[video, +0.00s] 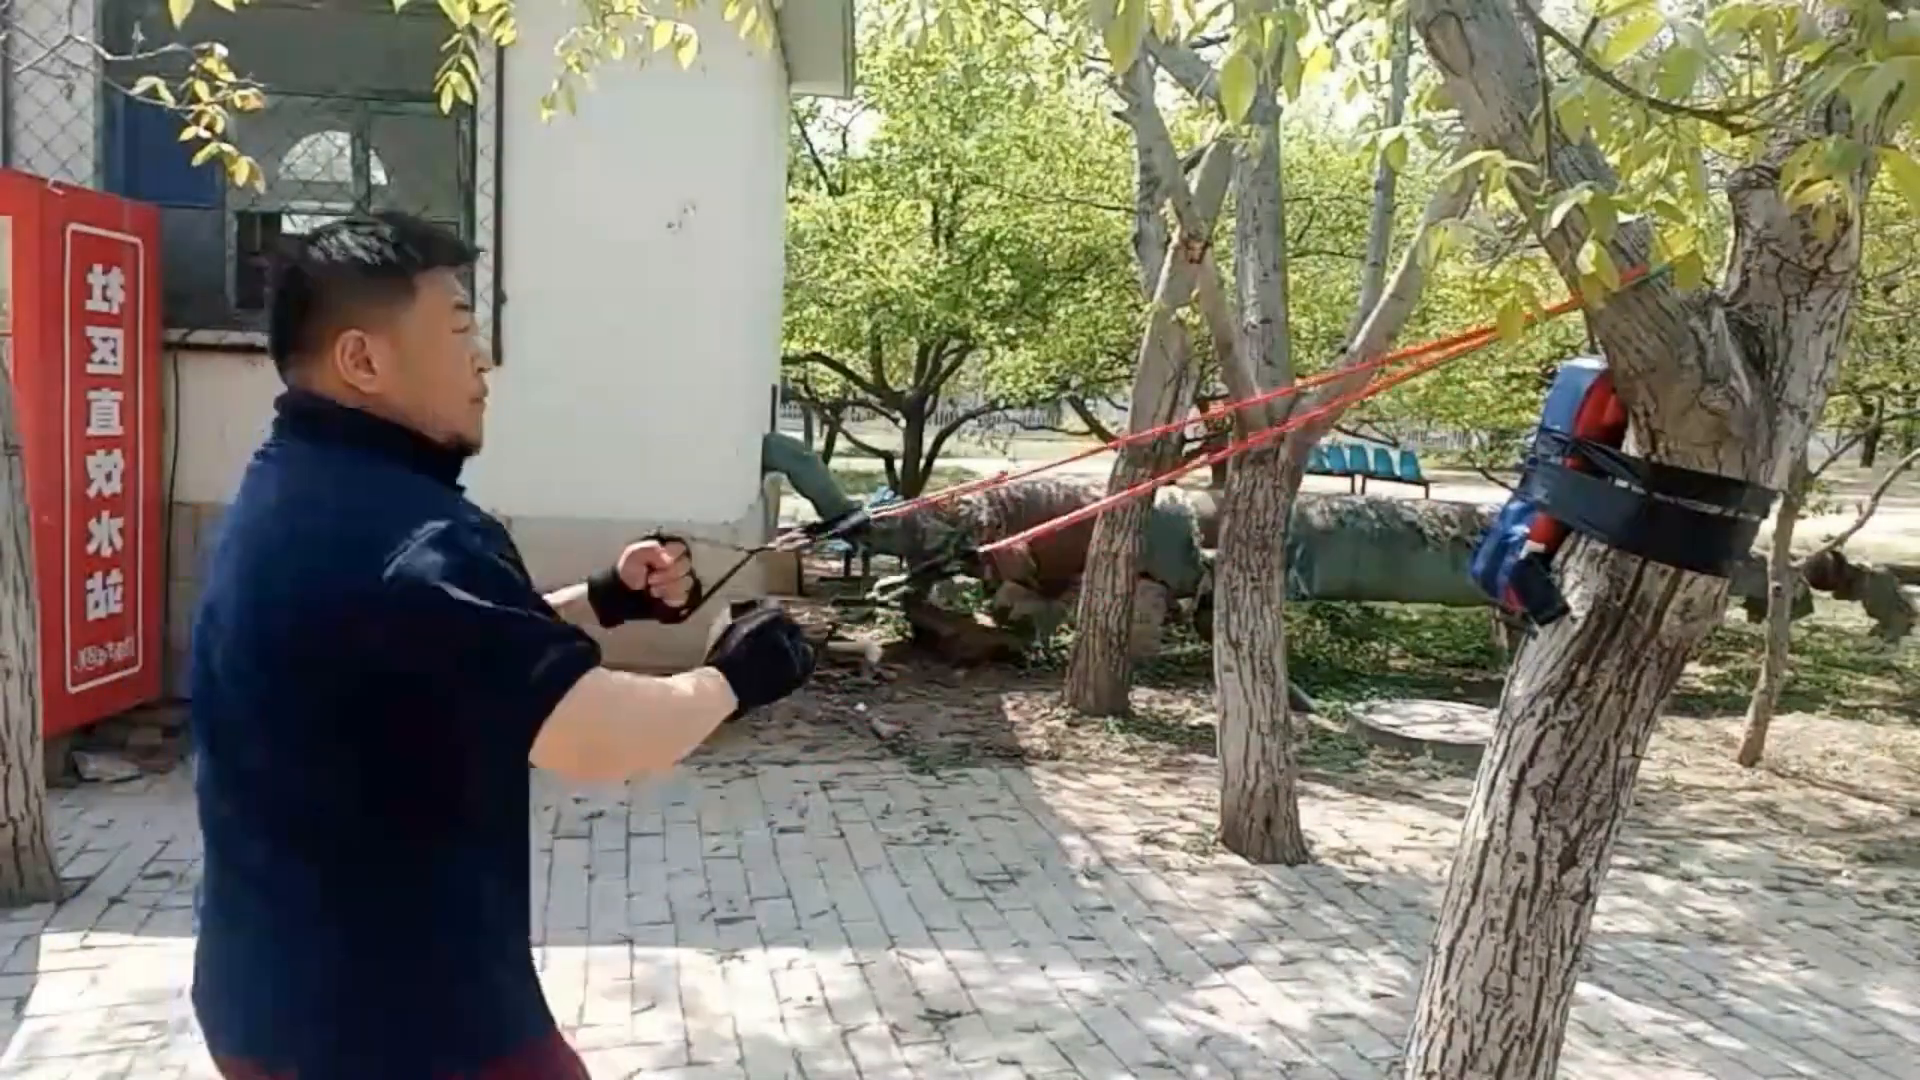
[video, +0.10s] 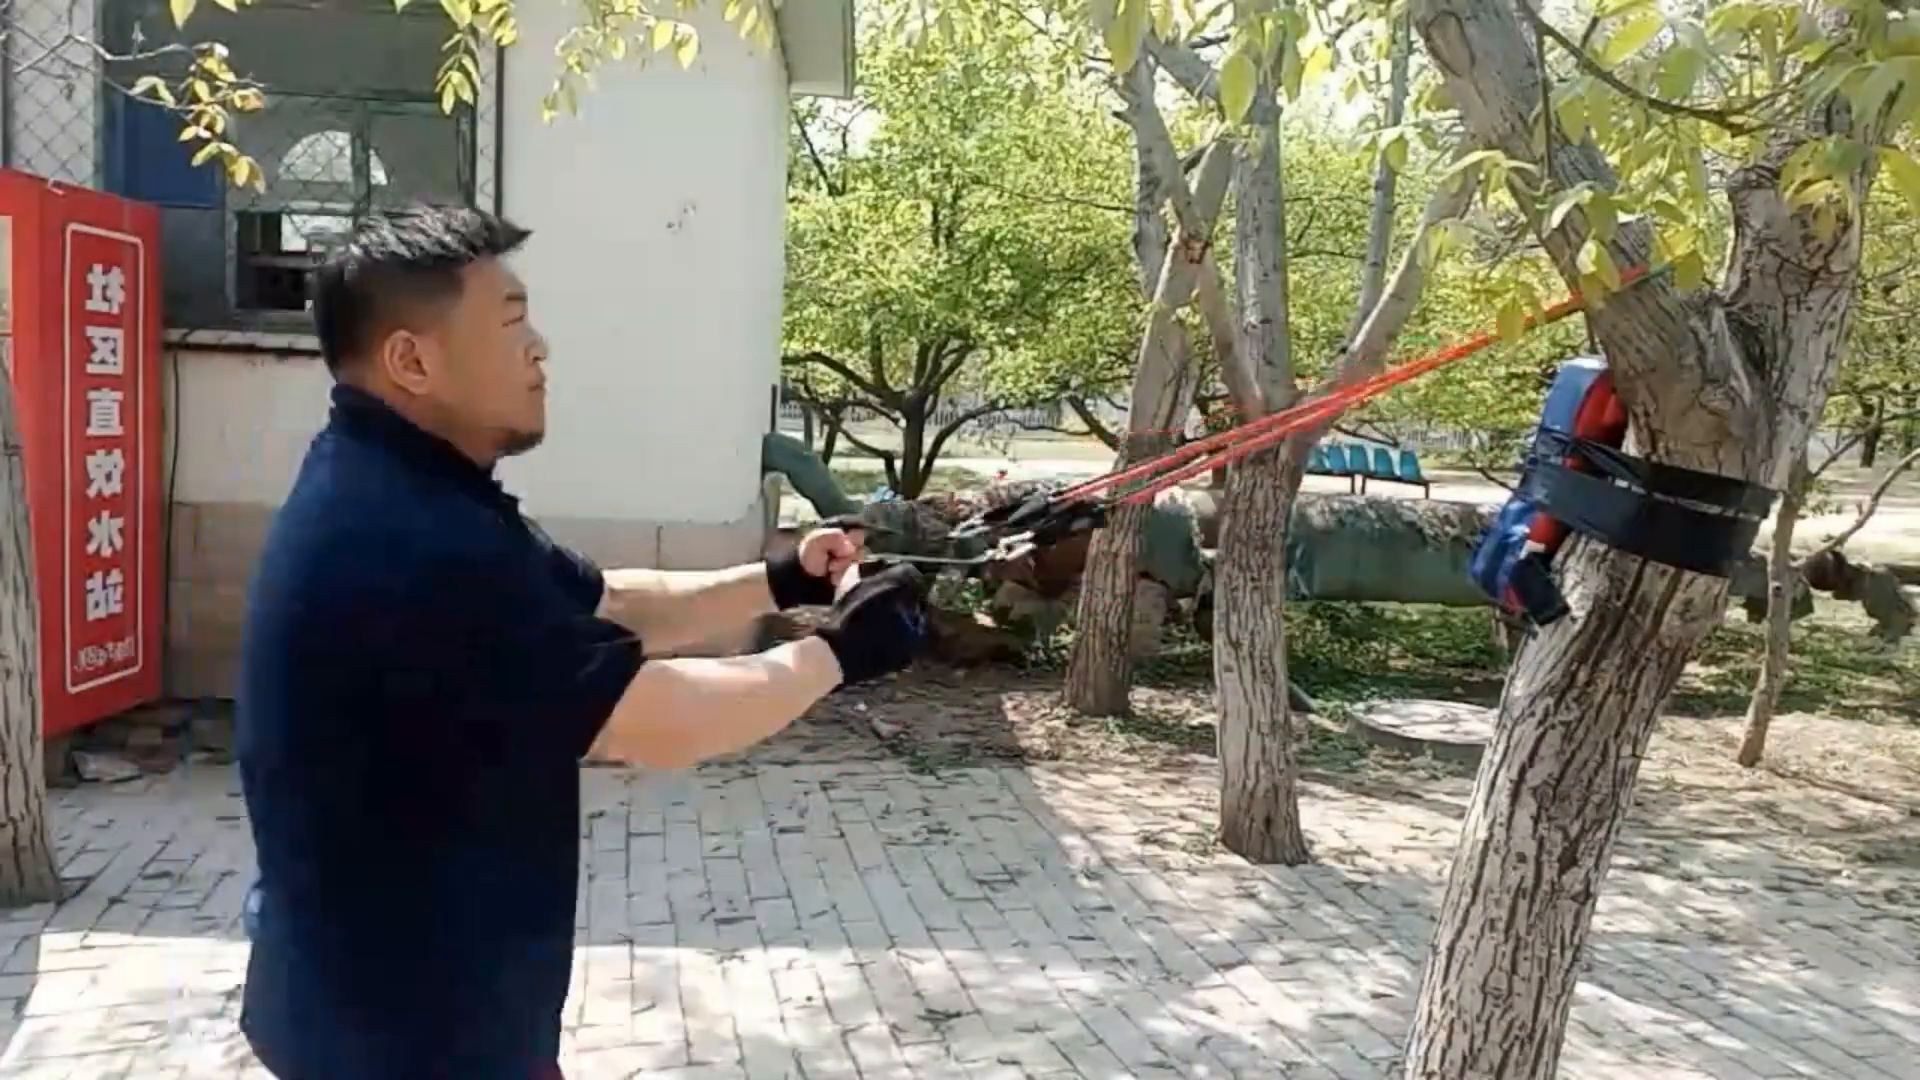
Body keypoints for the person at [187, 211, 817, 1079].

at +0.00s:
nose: (485, 357)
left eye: (470, 326)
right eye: (459, 326)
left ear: (357, 366)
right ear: (363, 362)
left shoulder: (290, 491)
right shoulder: (412, 539)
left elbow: (444, 648)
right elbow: (592, 736)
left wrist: (605, 601)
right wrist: (736, 681)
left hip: (268, 1005)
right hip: (422, 1030)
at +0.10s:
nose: (540, 344)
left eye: (525, 315)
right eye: (511, 318)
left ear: (412, 368)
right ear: (412, 363)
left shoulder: (402, 493)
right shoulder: (420, 542)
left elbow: (599, 609)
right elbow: (659, 723)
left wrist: (775, 582)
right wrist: (836, 653)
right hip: (420, 1042)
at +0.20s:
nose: (568, 350)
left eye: (554, 320)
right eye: (540, 326)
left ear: (443, 373)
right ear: (442, 370)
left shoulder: (450, 495)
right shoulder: (434, 540)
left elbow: (663, 583)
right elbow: (703, 683)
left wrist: (859, 572)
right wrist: (920, 643)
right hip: (422, 1046)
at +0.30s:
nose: (614, 355)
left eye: (601, 329)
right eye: (589, 332)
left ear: (490, 375)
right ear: (488, 372)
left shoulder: (497, 494)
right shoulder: (466, 531)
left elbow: (703, 579)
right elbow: (749, 647)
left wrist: (905, 562)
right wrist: (954, 617)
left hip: (504, 973)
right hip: (439, 1021)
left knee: (634, 1067)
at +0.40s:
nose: (655, 369)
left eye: (644, 339)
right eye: (630, 343)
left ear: (533, 386)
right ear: (530, 383)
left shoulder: (547, 497)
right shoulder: (490, 529)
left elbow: (739, 587)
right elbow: (754, 637)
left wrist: (940, 570)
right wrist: (969, 609)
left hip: (582, 995)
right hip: (489, 1027)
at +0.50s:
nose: (709, 403)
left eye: (696, 373)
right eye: (679, 379)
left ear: (585, 425)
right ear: (576, 423)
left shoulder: (643, 541)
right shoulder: (529, 558)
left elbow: (779, 641)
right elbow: (788, 665)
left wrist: (957, 628)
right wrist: (979, 640)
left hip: (607, 974)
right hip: (471, 1007)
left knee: (700, 1069)